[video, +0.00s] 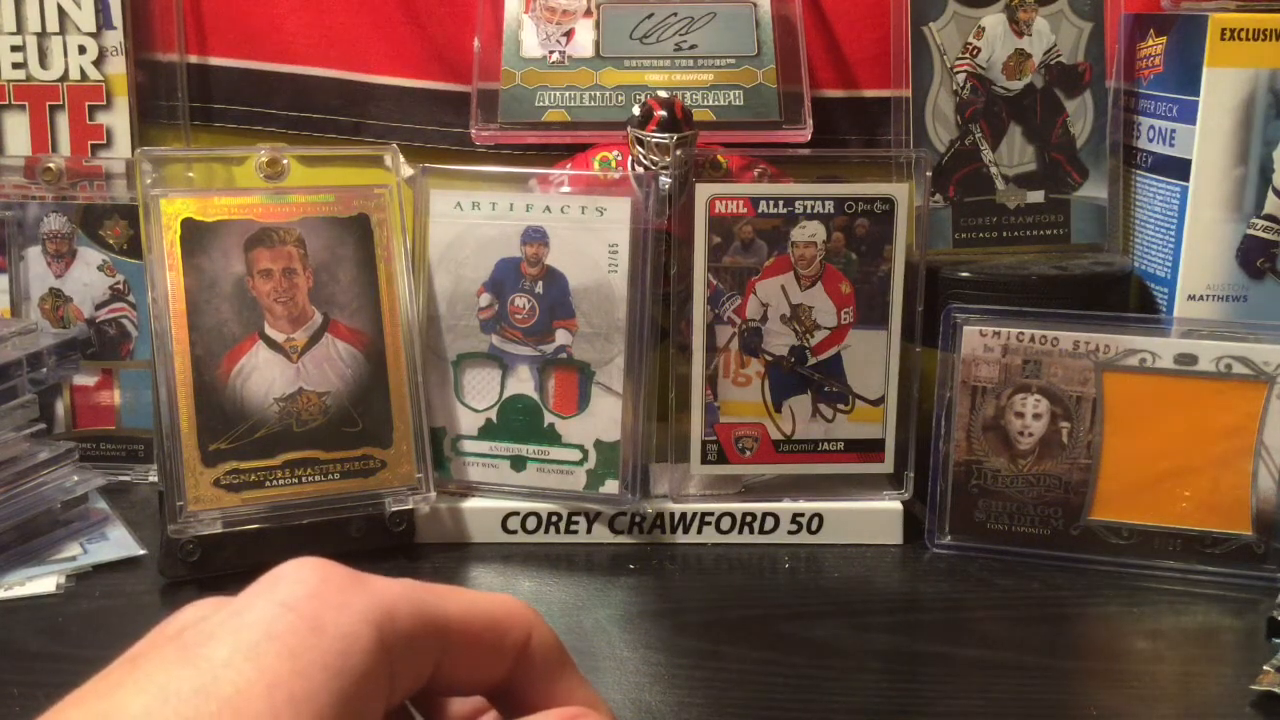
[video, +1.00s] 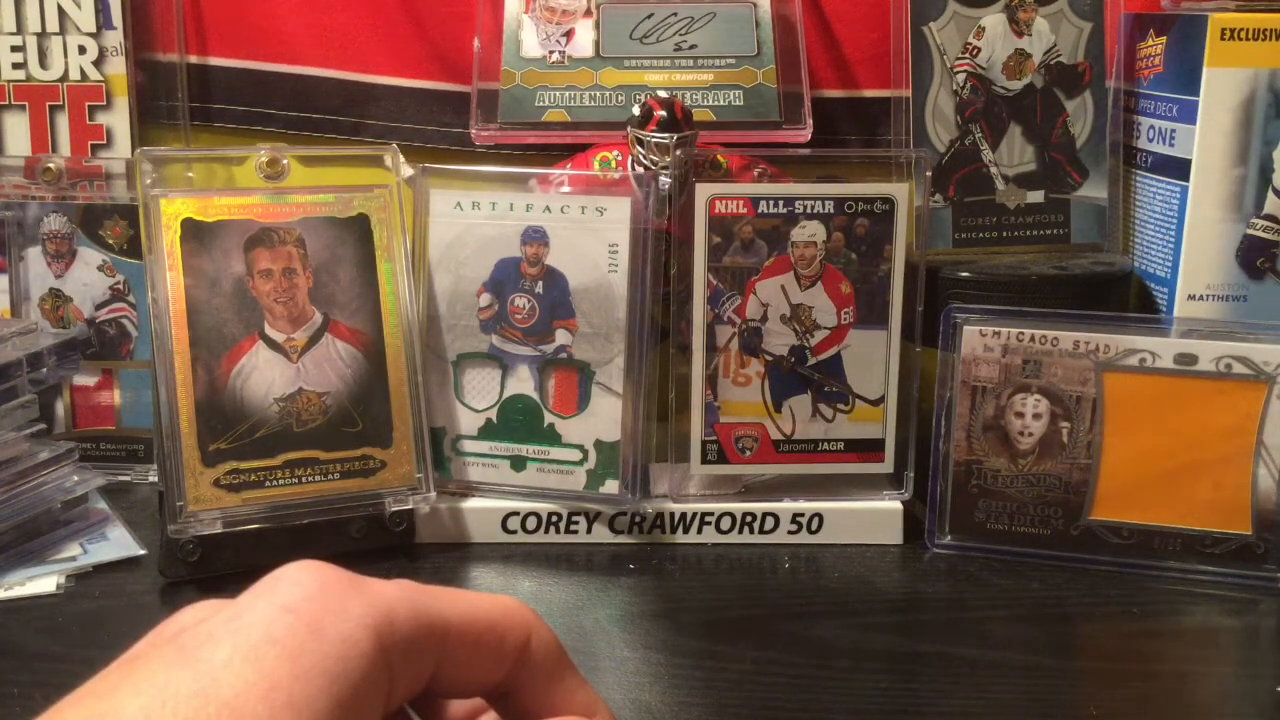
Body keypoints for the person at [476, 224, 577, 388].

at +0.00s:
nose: (534, 251)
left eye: (540, 246)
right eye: (530, 246)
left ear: (547, 250)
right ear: (522, 248)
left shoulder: (557, 280)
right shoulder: (504, 268)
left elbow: (565, 321)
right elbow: (487, 293)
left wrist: (562, 349)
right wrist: (487, 316)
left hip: (541, 354)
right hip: (503, 350)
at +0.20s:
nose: (535, 251)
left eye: (540, 246)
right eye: (530, 246)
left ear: (547, 250)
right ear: (522, 248)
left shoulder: (557, 280)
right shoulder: (504, 268)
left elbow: (565, 321)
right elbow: (486, 292)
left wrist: (562, 348)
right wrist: (487, 316)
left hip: (541, 354)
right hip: (502, 350)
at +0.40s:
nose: (535, 251)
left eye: (540, 246)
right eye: (530, 246)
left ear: (547, 250)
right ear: (522, 248)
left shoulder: (557, 280)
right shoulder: (504, 268)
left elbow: (565, 321)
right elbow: (486, 292)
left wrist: (562, 349)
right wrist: (487, 317)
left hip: (541, 354)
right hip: (503, 350)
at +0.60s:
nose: (534, 251)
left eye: (540, 246)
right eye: (530, 246)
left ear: (546, 250)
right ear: (522, 248)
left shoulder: (557, 280)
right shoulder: (504, 268)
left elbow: (565, 320)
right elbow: (487, 293)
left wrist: (562, 350)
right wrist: (487, 316)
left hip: (542, 354)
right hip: (503, 350)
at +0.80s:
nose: (534, 251)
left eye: (540, 247)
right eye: (530, 246)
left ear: (546, 250)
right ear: (522, 248)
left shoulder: (557, 280)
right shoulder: (504, 268)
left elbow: (565, 321)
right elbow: (487, 293)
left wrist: (562, 350)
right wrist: (487, 317)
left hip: (542, 353)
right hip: (503, 349)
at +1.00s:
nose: (535, 251)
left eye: (540, 247)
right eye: (530, 246)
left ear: (546, 250)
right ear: (522, 248)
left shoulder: (557, 280)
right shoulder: (504, 268)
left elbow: (565, 321)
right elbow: (486, 293)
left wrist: (562, 351)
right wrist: (487, 319)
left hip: (542, 352)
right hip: (503, 348)